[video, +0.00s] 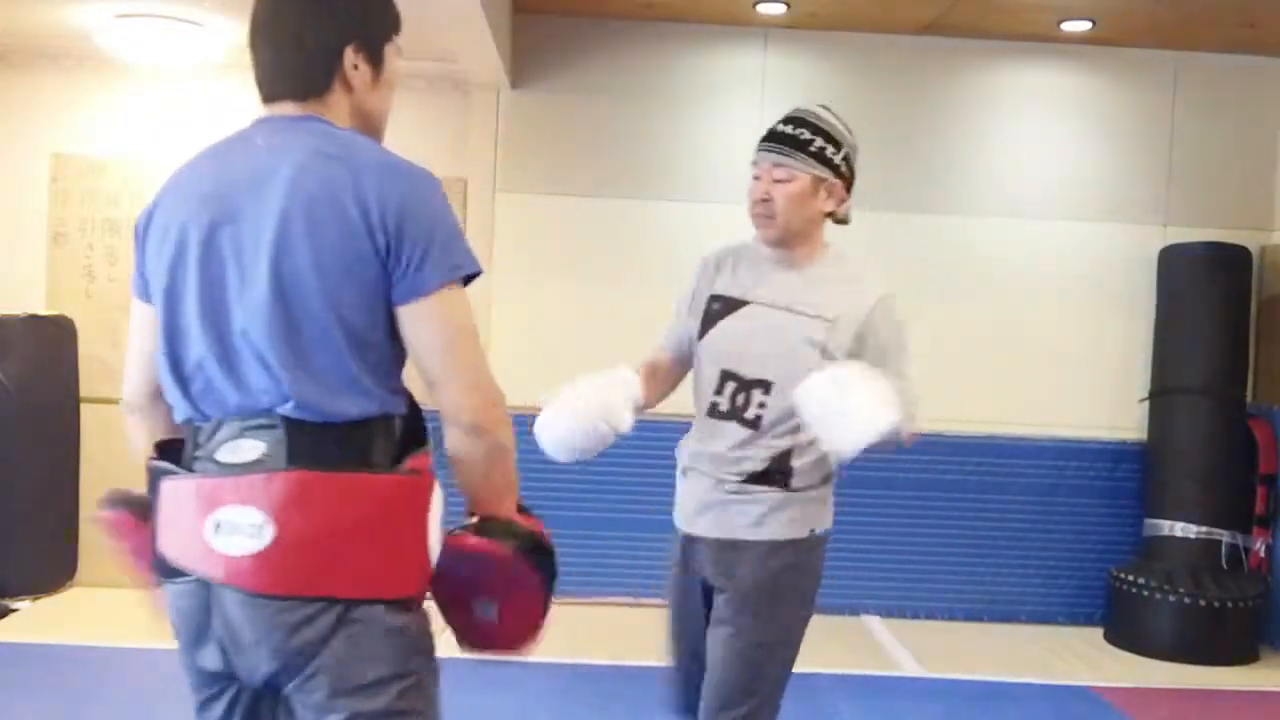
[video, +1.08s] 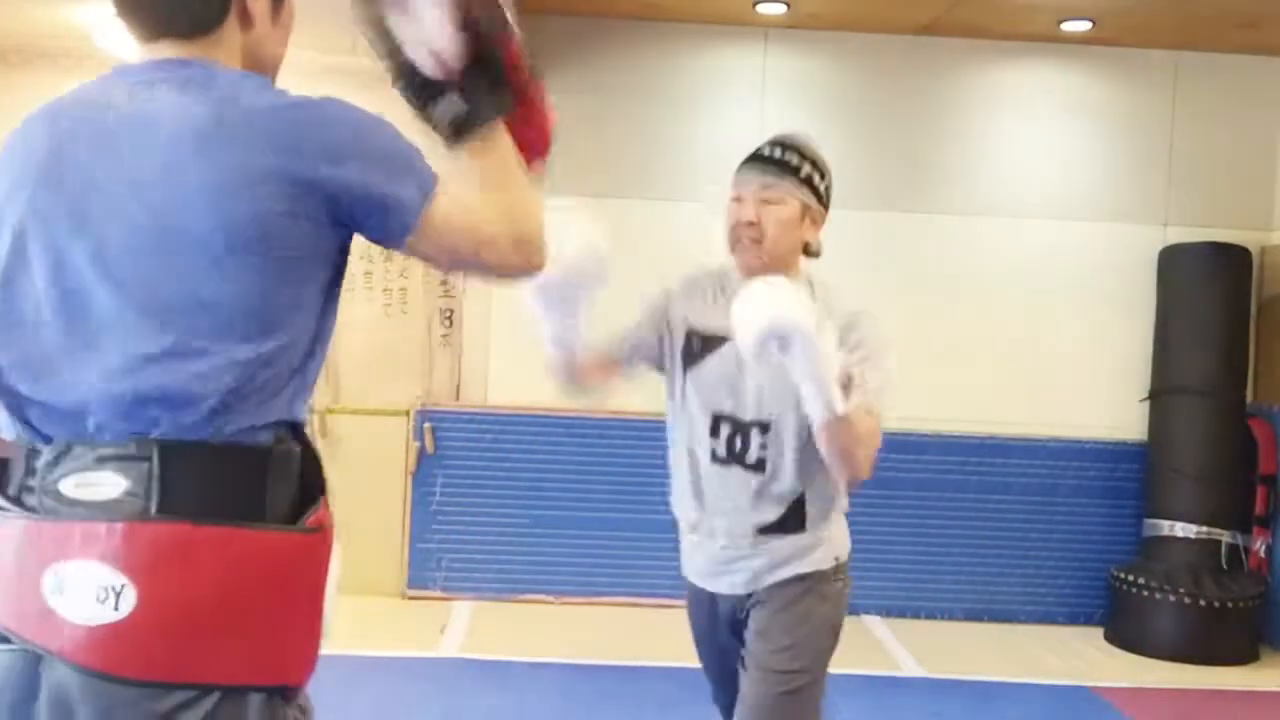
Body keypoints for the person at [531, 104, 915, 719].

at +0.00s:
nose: (762, 190)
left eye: (783, 177)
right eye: (757, 175)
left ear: (833, 195)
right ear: (747, 183)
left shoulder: (861, 299)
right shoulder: (719, 271)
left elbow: (904, 423)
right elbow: (664, 365)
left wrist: (870, 411)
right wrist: (609, 401)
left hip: (777, 542)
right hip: (696, 530)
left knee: (731, 709)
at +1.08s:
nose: (746, 215)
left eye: (770, 200)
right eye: (737, 199)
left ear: (812, 223)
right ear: (724, 211)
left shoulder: (840, 327)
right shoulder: (688, 302)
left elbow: (855, 465)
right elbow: (583, 377)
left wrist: (810, 363)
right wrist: (564, 320)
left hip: (799, 575)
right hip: (707, 574)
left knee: (766, 711)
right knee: (738, 709)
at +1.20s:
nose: (724, 199)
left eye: (745, 183)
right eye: (714, 183)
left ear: (795, 196)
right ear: (701, 189)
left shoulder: (829, 289)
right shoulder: (677, 267)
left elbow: (809, 423)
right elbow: (556, 298)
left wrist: (750, 302)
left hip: (789, 560)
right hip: (694, 549)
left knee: (751, 711)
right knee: (710, 706)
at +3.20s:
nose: (831, 199)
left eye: (840, 182)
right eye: (835, 182)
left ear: (887, 188)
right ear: (902, 191)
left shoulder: (862, 270)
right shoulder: (981, 284)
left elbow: (856, 424)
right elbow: (937, 412)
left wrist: (775, 373)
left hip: (863, 576)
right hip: (963, 577)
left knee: (758, 710)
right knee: (945, 714)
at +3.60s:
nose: (798, 215)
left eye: (805, 198)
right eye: (799, 198)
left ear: (844, 202)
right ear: (871, 204)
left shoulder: (834, 288)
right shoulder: (966, 287)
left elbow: (825, 452)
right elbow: (996, 429)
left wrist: (744, 399)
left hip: (856, 582)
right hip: (959, 578)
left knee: (767, 712)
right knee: (946, 716)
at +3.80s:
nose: (790, 224)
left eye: (794, 206)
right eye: (790, 206)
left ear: (831, 209)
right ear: (855, 210)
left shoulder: (831, 293)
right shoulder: (928, 292)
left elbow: (830, 447)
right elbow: (927, 433)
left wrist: (736, 402)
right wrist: (803, 385)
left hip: (846, 588)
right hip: (940, 582)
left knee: (712, 711)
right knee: (938, 713)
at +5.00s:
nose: (611, 243)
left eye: (614, 233)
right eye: (615, 233)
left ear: (622, 241)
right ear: (679, 251)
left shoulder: (571, 304)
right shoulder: (713, 333)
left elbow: (511, 406)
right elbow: (723, 448)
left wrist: (571, 392)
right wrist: (669, 412)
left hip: (553, 534)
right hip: (655, 546)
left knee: (498, 635)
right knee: (690, 693)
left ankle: (464, 714)